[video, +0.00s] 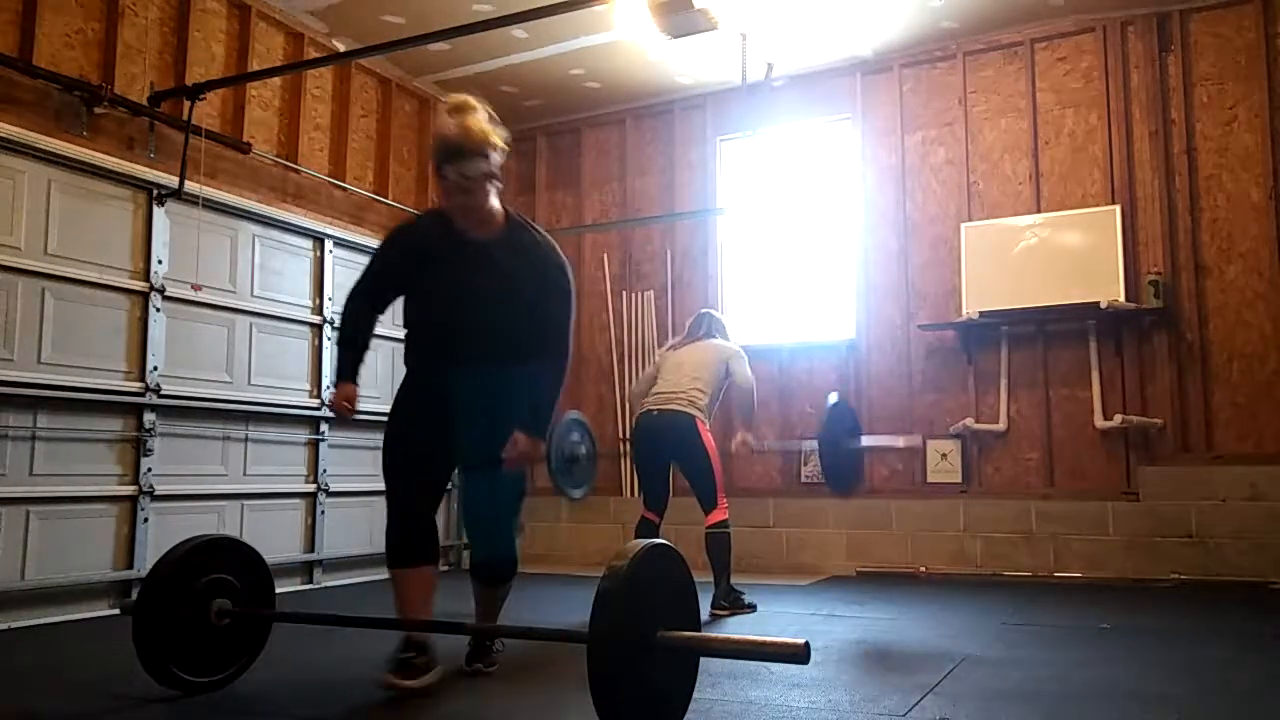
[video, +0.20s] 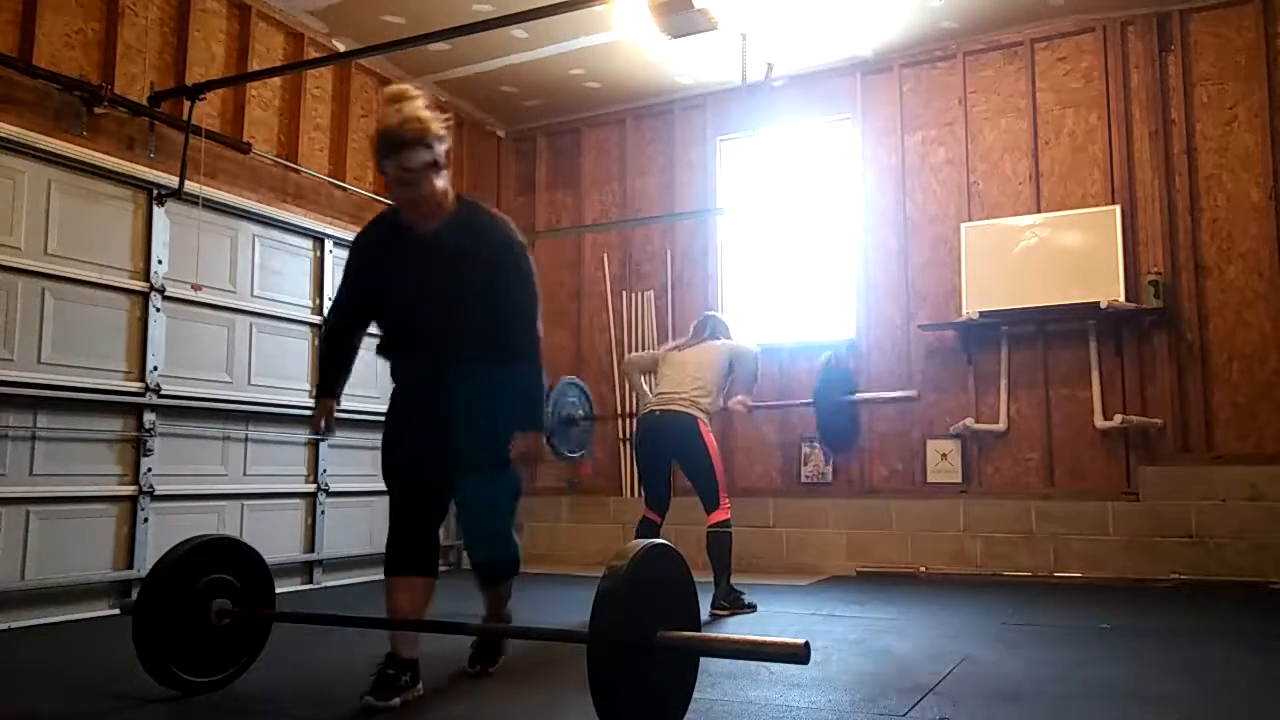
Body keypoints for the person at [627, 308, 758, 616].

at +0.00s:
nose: (727, 342)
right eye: (727, 337)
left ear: (692, 331)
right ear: (721, 333)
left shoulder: (669, 351)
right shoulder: (729, 349)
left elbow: (636, 391)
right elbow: (745, 381)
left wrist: (643, 426)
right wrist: (745, 429)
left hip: (646, 425)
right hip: (686, 425)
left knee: (653, 506)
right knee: (715, 508)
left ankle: (632, 587)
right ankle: (723, 592)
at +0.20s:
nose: (728, 343)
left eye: (726, 341)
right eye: (728, 339)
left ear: (695, 334)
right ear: (722, 336)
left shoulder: (670, 351)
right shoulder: (726, 347)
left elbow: (630, 362)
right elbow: (749, 355)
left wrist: (645, 398)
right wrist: (739, 394)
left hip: (649, 424)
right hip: (688, 424)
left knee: (655, 506)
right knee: (717, 508)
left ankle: (629, 584)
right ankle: (723, 592)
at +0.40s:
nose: (733, 346)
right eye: (733, 342)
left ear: (698, 335)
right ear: (727, 338)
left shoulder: (675, 353)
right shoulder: (732, 354)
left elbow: (639, 392)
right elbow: (746, 386)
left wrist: (646, 428)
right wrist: (744, 431)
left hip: (646, 422)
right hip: (685, 423)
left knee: (652, 506)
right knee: (713, 508)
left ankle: (632, 587)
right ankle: (723, 591)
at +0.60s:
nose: (740, 384)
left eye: (739, 380)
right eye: (738, 380)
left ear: (699, 369)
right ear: (729, 375)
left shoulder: (676, 385)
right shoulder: (732, 394)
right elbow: (743, 449)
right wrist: (746, 500)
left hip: (640, 441)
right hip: (682, 443)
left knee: (650, 514)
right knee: (724, 513)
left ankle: (636, 588)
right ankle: (724, 593)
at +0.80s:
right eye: (743, 407)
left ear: (709, 394)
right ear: (740, 404)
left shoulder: (685, 407)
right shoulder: (735, 418)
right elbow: (745, 479)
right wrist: (751, 528)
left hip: (633, 457)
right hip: (674, 459)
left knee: (658, 516)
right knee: (725, 513)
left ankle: (634, 580)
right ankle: (725, 594)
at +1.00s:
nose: (755, 407)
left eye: (759, 402)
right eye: (755, 398)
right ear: (739, 381)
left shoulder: (696, 378)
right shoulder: (709, 384)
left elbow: (670, 444)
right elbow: (698, 433)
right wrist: (716, 480)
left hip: (619, 442)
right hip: (634, 442)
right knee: (694, 507)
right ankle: (717, 584)